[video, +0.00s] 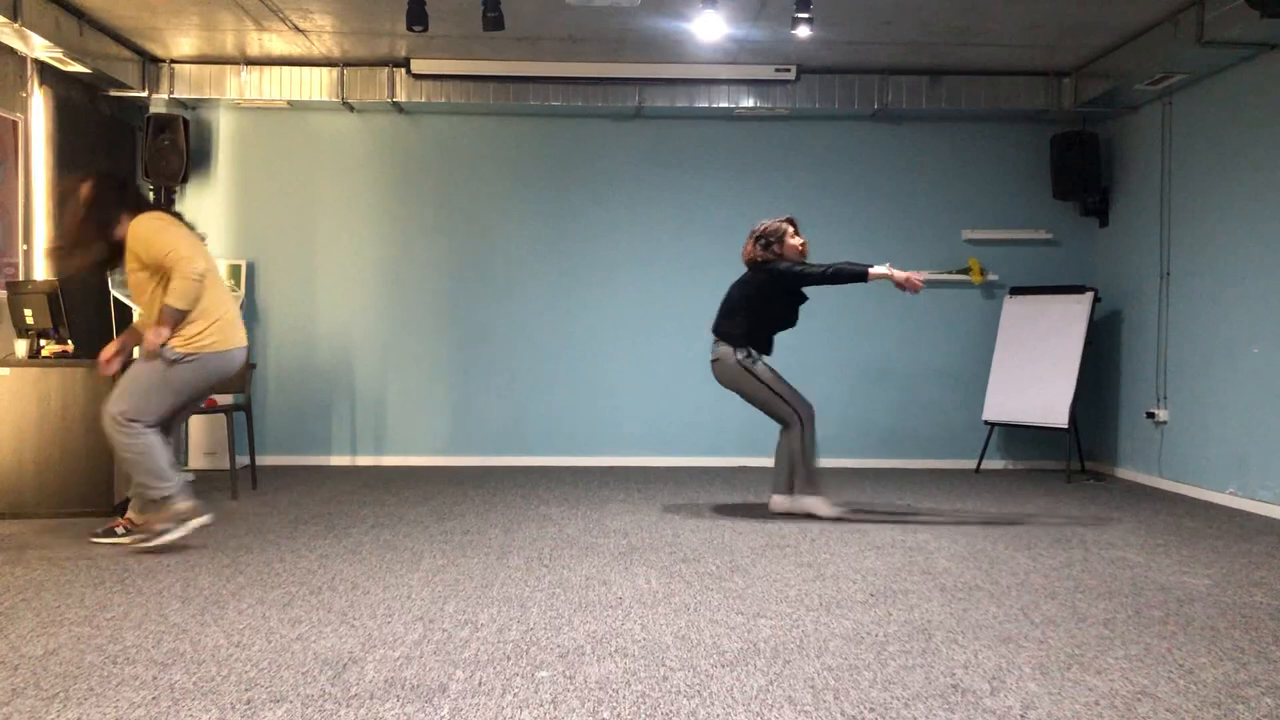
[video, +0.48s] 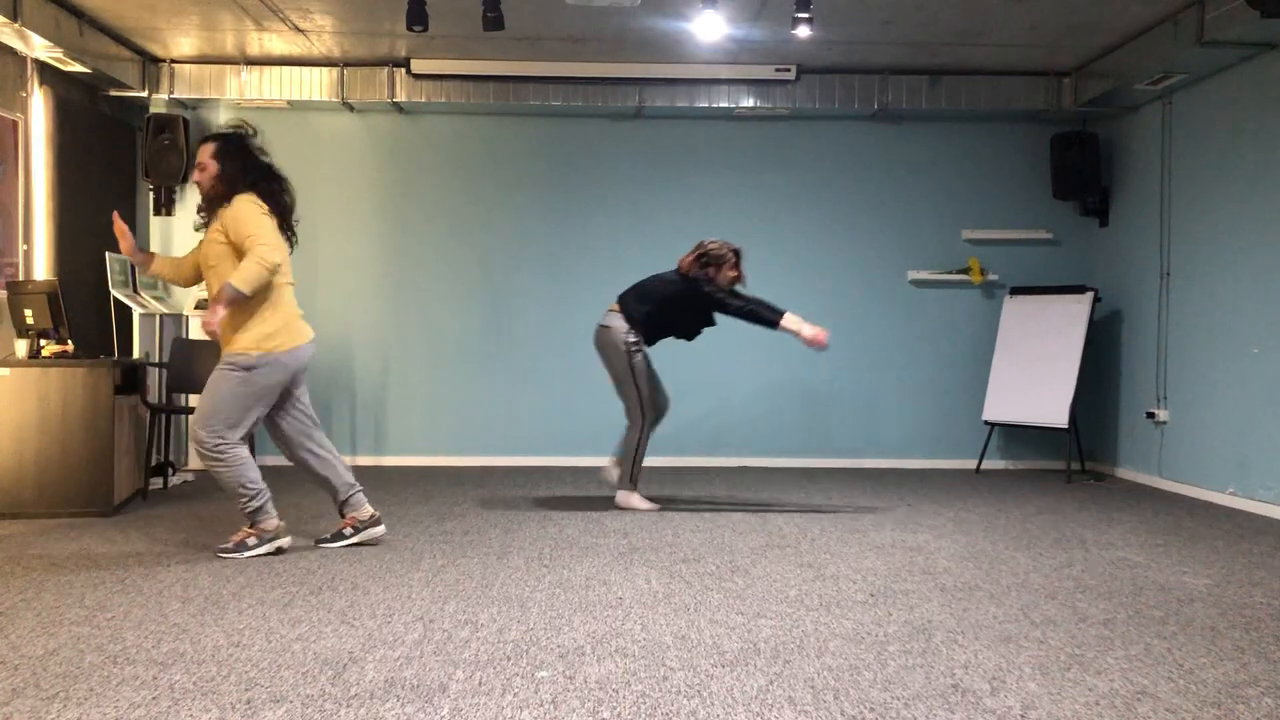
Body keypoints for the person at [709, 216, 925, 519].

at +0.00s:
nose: (802, 241)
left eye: (798, 235)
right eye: (794, 237)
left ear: (777, 247)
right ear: (776, 247)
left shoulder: (777, 271)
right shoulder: (774, 272)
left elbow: (830, 271)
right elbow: (828, 273)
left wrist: (889, 272)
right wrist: (888, 273)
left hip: (739, 357)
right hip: (733, 359)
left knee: (796, 416)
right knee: (798, 414)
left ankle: (784, 495)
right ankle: (806, 495)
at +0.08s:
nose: (796, 241)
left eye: (792, 235)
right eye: (788, 237)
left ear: (771, 248)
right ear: (769, 246)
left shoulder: (772, 270)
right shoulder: (765, 271)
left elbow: (825, 269)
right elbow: (821, 274)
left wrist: (880, 271)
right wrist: (881, 276)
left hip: (730, 352)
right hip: (718, 353)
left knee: (786, 408)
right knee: (781, 409)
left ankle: (781, 491)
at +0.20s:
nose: (778, 248)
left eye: (775, 242)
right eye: (771, 244)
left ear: (750, 251)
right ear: (753, 251)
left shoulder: (749, 272)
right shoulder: (744, 275)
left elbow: (800, 275)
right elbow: (799, 279)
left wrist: (855, 277)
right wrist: (860, 280)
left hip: (694, 346)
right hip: (685, 348)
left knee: (745, 404)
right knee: (737, 411)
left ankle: (715, 472)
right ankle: (725, 491)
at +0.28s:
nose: (769, 253)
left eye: (767, 247)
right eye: (762, 249)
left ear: (744, 254)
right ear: (743, 254)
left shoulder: (735, 273)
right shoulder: (733, 275)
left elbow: (789, 280)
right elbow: (787, 284)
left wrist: (845, 287)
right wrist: (846, 290)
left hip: (666, 342)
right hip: (671, 342)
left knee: (704, 414)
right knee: (718, 409)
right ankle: (724, 492)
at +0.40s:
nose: (748, 266)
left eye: (747, 260)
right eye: (743, 261)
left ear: (722, 264)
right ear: (724, 265)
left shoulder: (716, 281)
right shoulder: (709, 283)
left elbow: (764, 296)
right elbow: (758, 300)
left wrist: (817, 311)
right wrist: (816, 315)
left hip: (640, 332)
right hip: (629, 332)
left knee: (670, 404)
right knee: (667, 405)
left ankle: (656, 481)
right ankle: (638, 480)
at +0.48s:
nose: (736, 278)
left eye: (736, 272)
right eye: (732, 271)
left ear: (710, 270)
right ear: (713, 270)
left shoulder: (700, 286)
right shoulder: (696, 288)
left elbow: (748, 305)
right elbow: (744, 308)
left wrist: (801, 325)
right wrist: (800, 328)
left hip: (625, 334)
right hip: (618, 334)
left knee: (656, 405)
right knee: (641, 414)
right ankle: (626, 492)